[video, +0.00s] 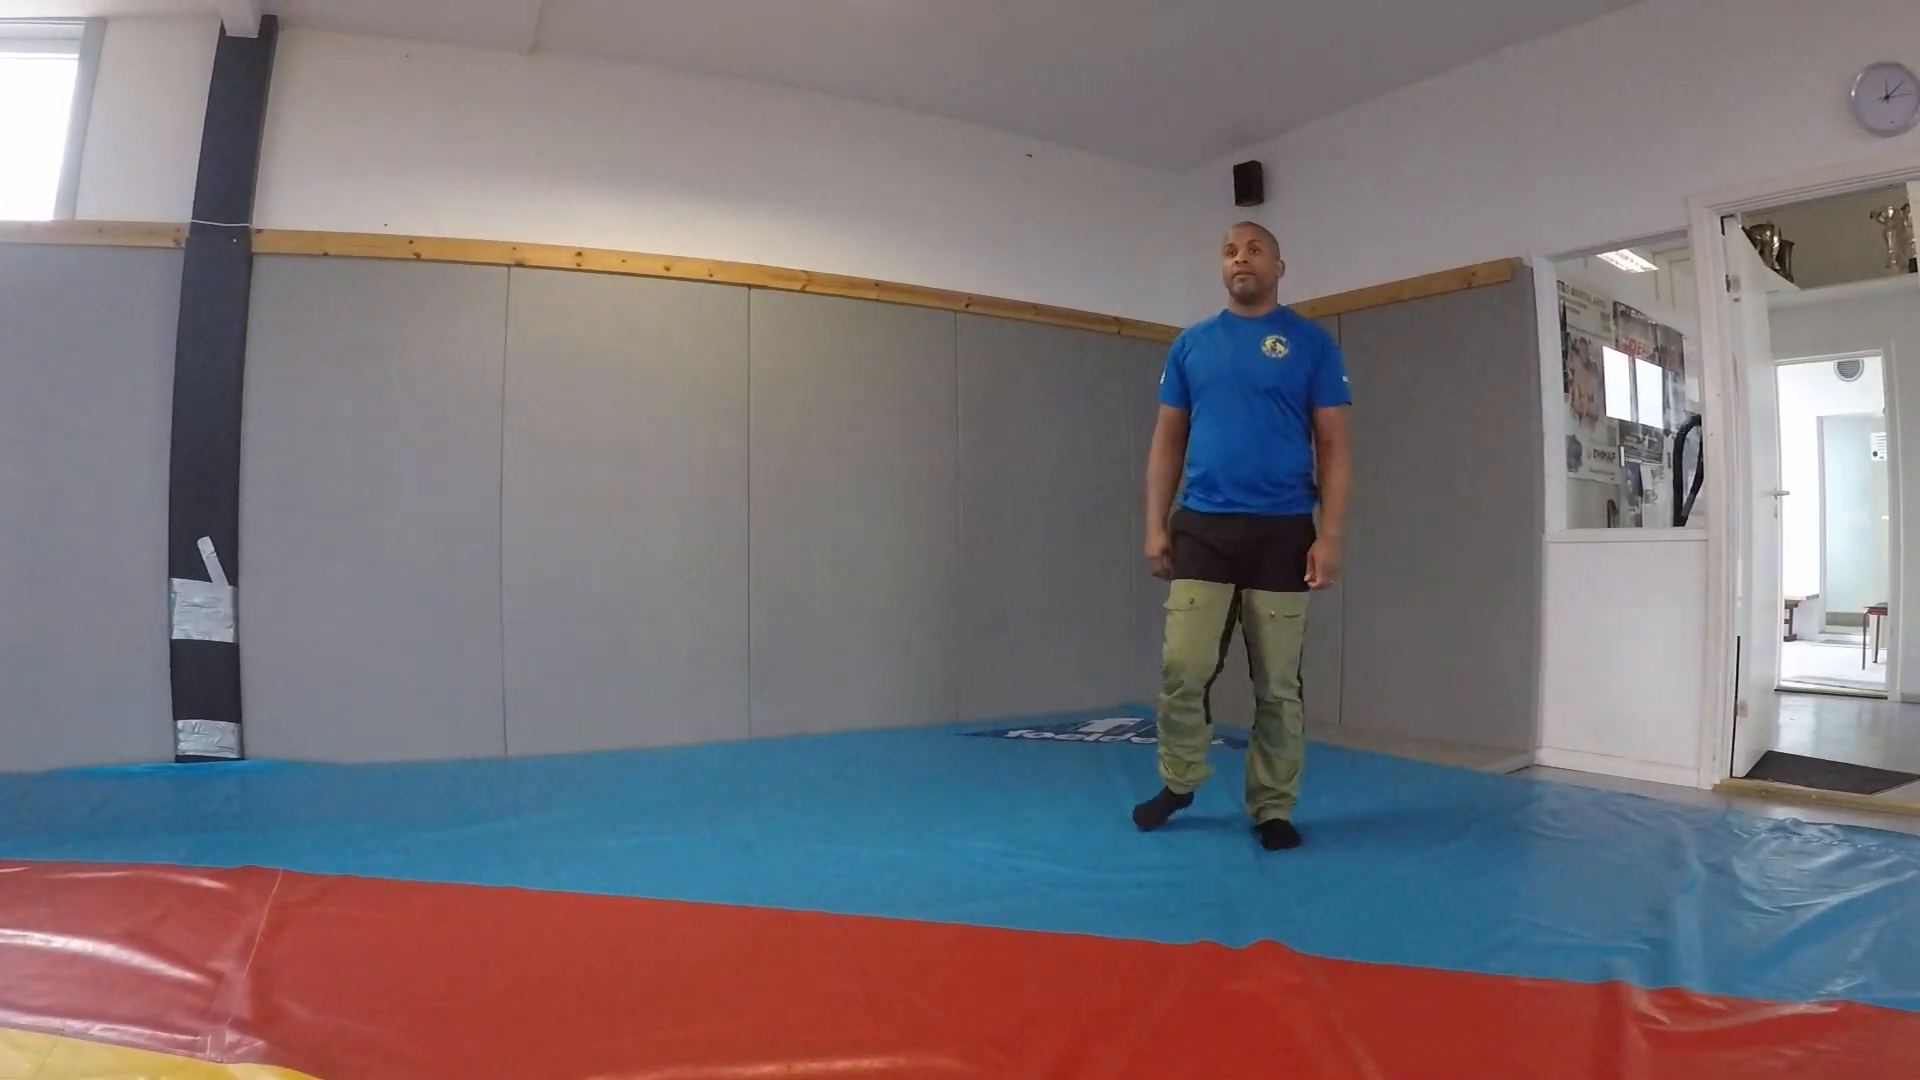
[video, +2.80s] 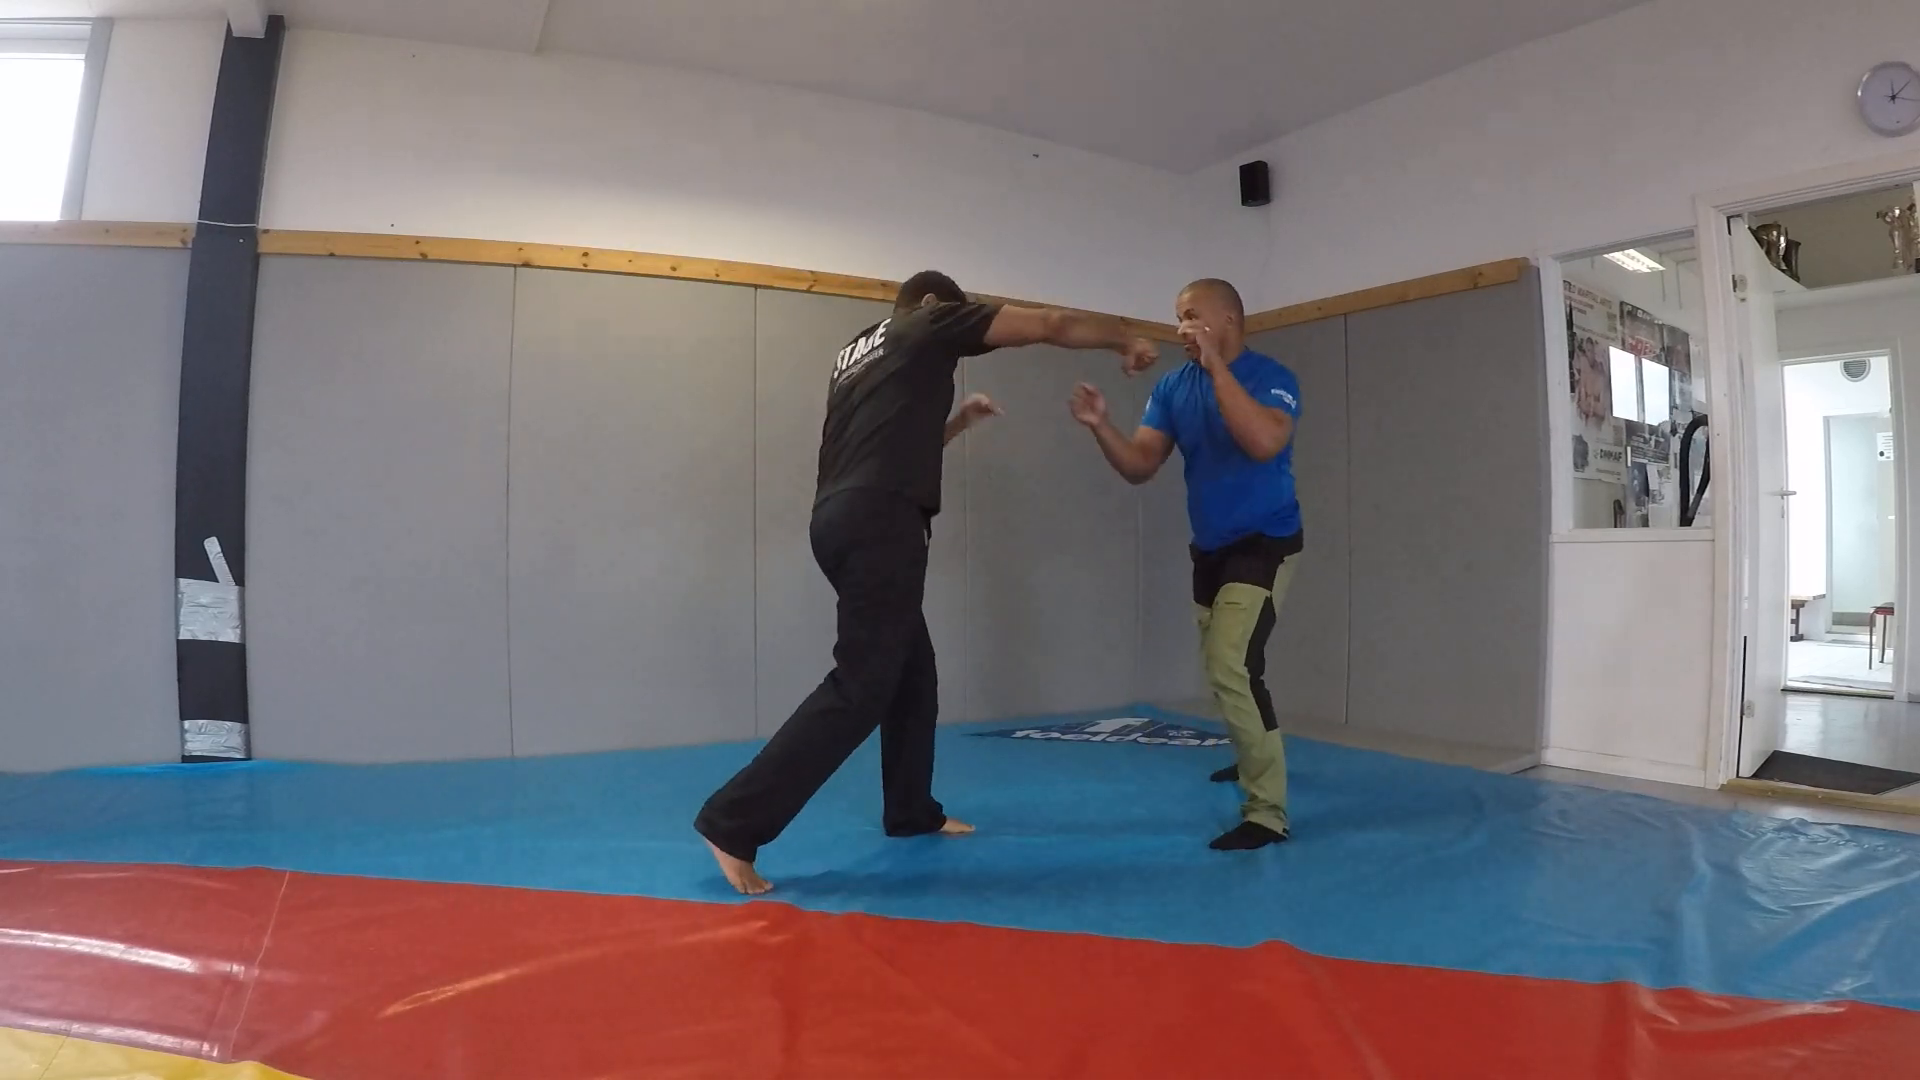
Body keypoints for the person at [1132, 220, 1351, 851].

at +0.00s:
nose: (1241, 259)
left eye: (1254, 250)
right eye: (1231, 251)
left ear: (1279, 267)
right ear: (1220, 268)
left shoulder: (1313, 344)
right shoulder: (1191, 344)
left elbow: (1333, 445)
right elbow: (1167, 439)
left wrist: (1330, 535)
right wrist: (1155, 524)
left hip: (1282, 531)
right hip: (1200, 528)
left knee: (1278, 684)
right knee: (1182, 666)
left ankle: (1273, 809)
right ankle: (1178, 784)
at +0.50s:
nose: (1150, 294)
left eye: (1161, 284)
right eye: (1143, 288)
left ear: (1189, 295)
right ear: (1138, 304)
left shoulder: (1231, 358)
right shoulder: (1126, 379)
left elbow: (1265, 442)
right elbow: (1110, 458)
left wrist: (1285, 523)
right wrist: (1102, 521)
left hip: (1225, 533)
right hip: (1155, 537)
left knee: (1241, 667)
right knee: (1160, 666)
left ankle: (1268, 795)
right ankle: (1166, 772)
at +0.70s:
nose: (1131, 300)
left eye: (1141, 289)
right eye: (1124, 294)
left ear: (1170, 297)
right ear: (1121, 308)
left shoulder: (1211, 354)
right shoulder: (1117, 381)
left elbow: (1241, 438)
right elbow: (1104, 466)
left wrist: (1207, 499)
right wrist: (1088, 542)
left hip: (1211, 526)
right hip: (1148, 533)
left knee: (1230, 660)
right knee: (1158, 664)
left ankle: (1258, 784)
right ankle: (1167, 773)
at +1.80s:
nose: (1117, 312)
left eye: (1127, 299)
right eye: (1112, 306)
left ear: (1160, 303)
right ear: (1118, 318)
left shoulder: (1191, 352)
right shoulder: (1130, 378)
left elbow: (1226, 427)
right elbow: (1129, 466)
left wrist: (1144, 435)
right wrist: (1084, 513)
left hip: (1190, 531)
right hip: (1141, 533)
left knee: (1192, 668)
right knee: (1148, 668)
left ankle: (1224, 801)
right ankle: (1168, 773)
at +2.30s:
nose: (1141, 328)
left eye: (1151, 315)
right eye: (1138, 319)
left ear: (1190, 317)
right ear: (1147, 327)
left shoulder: (1214, 374)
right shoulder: (1182, 381)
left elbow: (1192, 467)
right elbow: (1178, 462)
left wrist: (1129, 415)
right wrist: (1128, 431)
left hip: (1247, 544)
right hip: (1201, 544)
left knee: (1203, 674)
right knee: (1157, 670)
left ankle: (1264, 817)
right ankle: (1171, 774)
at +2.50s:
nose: (1169, 329)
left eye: (1179, 316)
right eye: (1166, 319)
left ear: (1220, 317)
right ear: (1174, 325)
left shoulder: (1259, 387)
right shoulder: (1181, 376)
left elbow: (1246, 480)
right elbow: (1116, 410)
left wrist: (1179, 412)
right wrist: (1068, 355)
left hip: (1267, 546)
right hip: (1213, 544)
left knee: (1217, 671)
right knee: (1172, 663)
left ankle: (1265, 818)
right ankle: (1215, 754)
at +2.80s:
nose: (1184, 327)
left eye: (1194, 316)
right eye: (1179, 319)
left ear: (1231, 321)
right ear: (1181, 329)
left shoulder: (1271, 378)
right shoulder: (1175, 387)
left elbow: (1264, 442)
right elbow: (1138, 465)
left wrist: (1216, 368)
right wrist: (1100, 424)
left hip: (1264, 540)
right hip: (1211, 546)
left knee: (1229, 664)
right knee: (1225, 664)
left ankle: (1268, 815)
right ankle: (1255, 758)